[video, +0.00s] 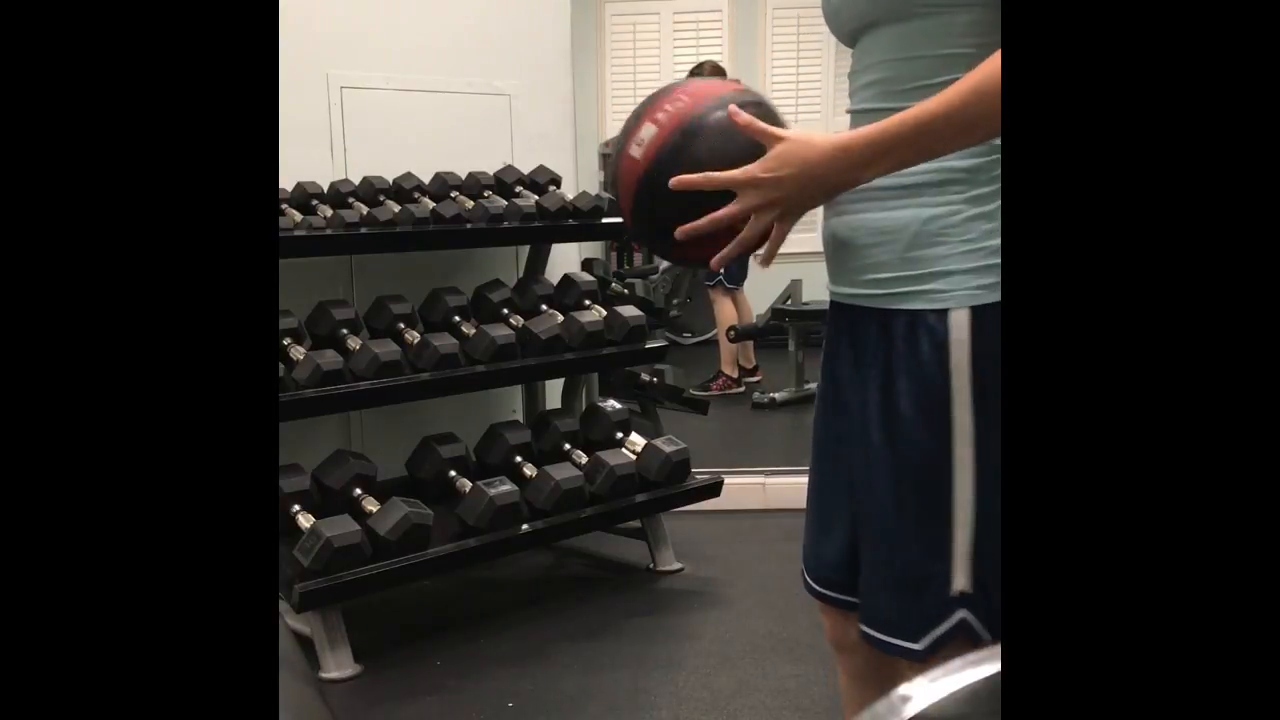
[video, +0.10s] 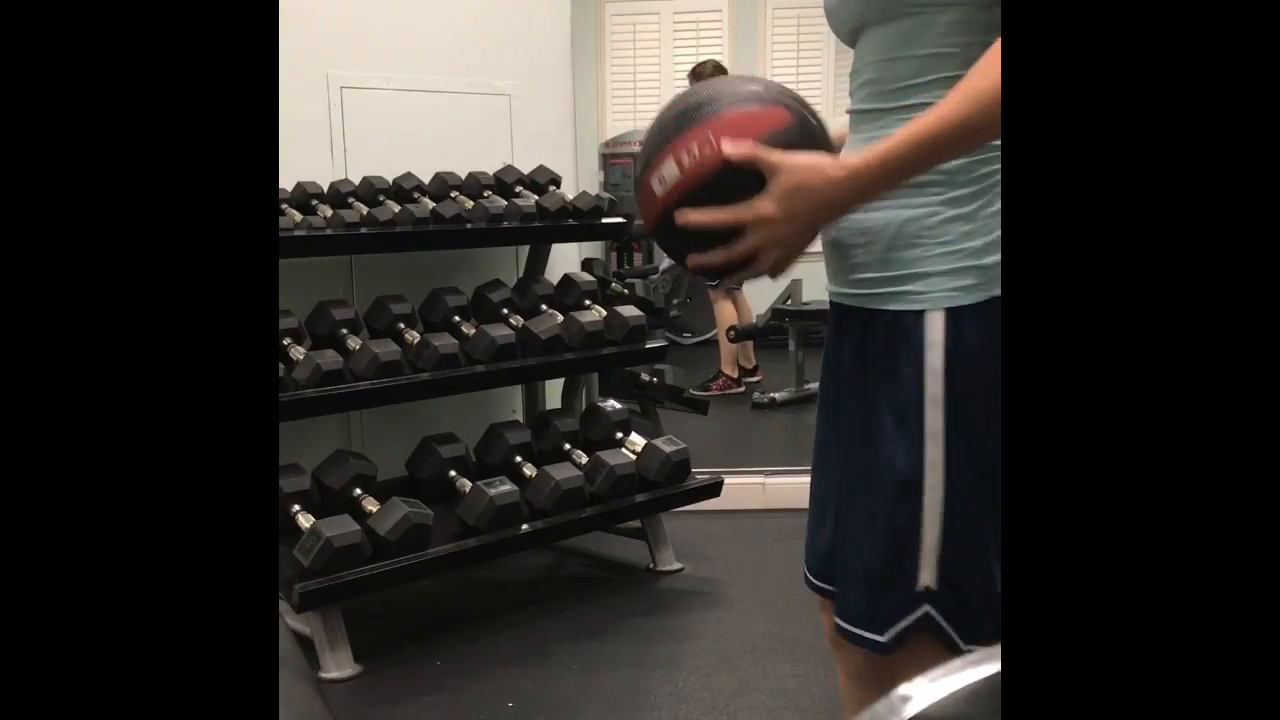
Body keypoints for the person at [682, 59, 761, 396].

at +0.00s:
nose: (690, 97)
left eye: (694, 90)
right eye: (692, 90)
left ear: (703, 90)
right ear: (724, 85)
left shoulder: (704, 129)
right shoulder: (742, 122)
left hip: (719, 221)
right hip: (741, 218)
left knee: (719, 290)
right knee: (735, 289)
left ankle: (729, 372)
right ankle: (749, 364)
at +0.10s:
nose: (690, 93)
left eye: (693, 87)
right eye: (692, 87)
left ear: (703, 88)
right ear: (724, 83)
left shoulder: (703, 124)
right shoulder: (744, 117)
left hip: (714, 217)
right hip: (741, 211)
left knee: (720, 292)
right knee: (734, 289)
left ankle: (730, 373)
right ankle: (749, 365)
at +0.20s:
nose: (691, 93)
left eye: (693, 86)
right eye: (692, 87)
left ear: (704, 87)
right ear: (724, 83)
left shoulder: (708, 124)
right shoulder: (740, 119)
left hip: (716, 218)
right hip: (740, 213)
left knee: (720, 293)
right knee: (733, 290)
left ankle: (730, 373)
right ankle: (749, 364)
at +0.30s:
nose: (691, 91)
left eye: (694, 85)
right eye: (692, 85)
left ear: (706, 84)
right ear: (722, 82)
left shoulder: (709, 125)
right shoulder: (739, 119)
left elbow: (706, 180)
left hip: (714, 222)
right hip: (740, 218)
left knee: (720, 293)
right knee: (735, 291)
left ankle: (730, 373)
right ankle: (749, 365)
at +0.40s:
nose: (693, 94)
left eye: (694, 88)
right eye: (693, 88)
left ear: (707, 86)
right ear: (722, 84)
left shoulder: (710, 123)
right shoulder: (745, 117)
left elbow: (702, 178)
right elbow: (759, 171)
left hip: (714, 222)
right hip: (742, 220)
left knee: (719, 292)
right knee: (736, 290)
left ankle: (729, 373)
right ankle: (749, 365)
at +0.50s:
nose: (693, 91)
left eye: (695, 85)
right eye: (693, 85)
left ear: (710, 84)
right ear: (722, 83)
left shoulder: (708, 126)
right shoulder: (740, 119)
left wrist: (693, 217)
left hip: (716, 222)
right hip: (739, 219)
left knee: (718, 292)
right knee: (735, 290)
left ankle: (729, 373)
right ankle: (748, 365)